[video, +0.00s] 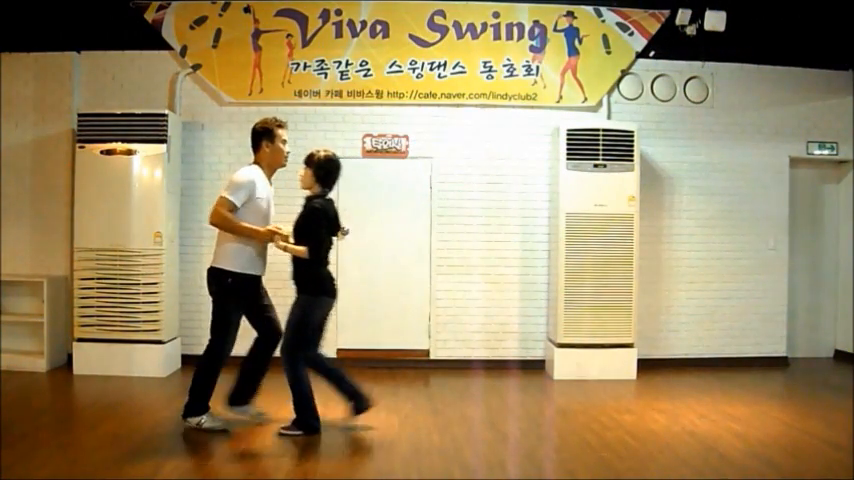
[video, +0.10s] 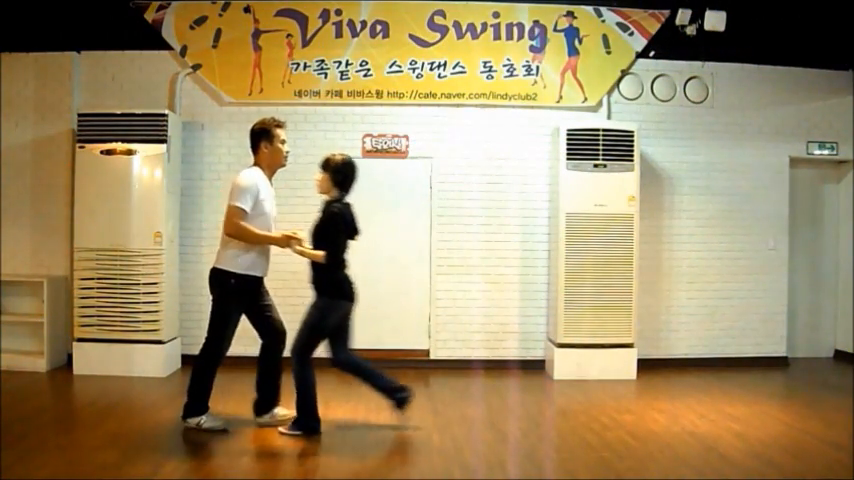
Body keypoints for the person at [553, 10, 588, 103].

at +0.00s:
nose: (567, 20)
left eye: (569, 18)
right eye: (567, 18)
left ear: (572, 18)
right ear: (567, 19)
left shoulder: (568, 29)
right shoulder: (576, 29)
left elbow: (555, 30)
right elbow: (580, 43)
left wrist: (557, 19)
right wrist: (582, 37)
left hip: (573, 54)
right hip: (574, 54)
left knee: (562, 73)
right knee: (574, 75)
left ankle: (559, 95)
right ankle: (584, 96)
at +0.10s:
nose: (567, 20)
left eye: (569, 18)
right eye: (567, 18)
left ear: (572, 19)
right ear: (567, 19)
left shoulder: (568, 29)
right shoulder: (576, 29)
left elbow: (555, 30)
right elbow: (580, 43)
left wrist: (556, 19)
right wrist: (582, 37)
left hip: (573, 54)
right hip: (574, 53)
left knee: (562, 72)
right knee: (574, 75)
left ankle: (559, 95)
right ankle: (584, 96)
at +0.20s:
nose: (567, 20)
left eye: (568, 18)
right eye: (566, 18)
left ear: (572, 19)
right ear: (567, 19)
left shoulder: (568, 29)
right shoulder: (576, 29)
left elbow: (555, 30)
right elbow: (580, 43)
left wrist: (557, 19)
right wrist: (582, 37)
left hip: (572, 54)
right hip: (574, 53)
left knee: (562, 72)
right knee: (574, 75)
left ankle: (559, 95)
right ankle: (584, 95)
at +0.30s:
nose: (567, 20)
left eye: (568, 18)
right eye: (566, 18)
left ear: (572, 19)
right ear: (567, 18)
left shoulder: (568, 29)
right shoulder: (576, 29)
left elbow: (555, 30)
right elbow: (580, 43)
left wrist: (557, 19)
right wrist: (582, 37)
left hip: (573, 54)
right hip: (574, 54)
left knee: (562, 72)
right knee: (574, 74)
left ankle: (559, 95)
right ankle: (584, 95)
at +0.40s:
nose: (567, 20)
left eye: (568, 18)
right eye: (566, 18)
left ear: (572, 19)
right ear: (567, 18)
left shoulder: (568, 29)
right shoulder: (576, 29)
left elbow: (555, 30)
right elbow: (580, 43)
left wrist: (557, 19)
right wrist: (582, 37)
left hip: (573, 54)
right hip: (574, 54)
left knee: (562, 72)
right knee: (574, 75)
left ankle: (559, 95)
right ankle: (584, 95)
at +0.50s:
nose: (566, 19)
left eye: (568, 18)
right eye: (566, 18)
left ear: (571, 18)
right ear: (569, 19)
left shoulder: (567, 29)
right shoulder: (576, 29)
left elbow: (555, 30)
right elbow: (579, 43)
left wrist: (556, 19)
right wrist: (582, 37)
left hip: (572, 54)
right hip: (575, 54)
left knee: (562, 72)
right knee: (574, 75)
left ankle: (559, 95)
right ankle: (584, 95)